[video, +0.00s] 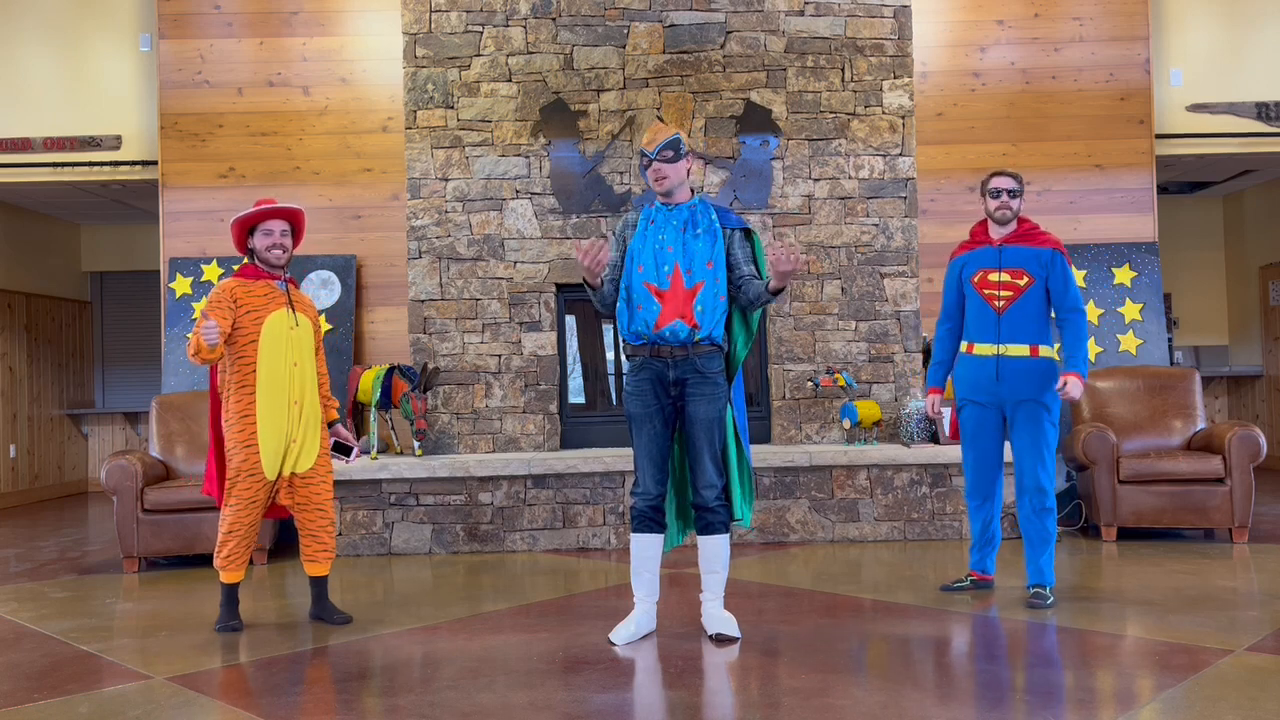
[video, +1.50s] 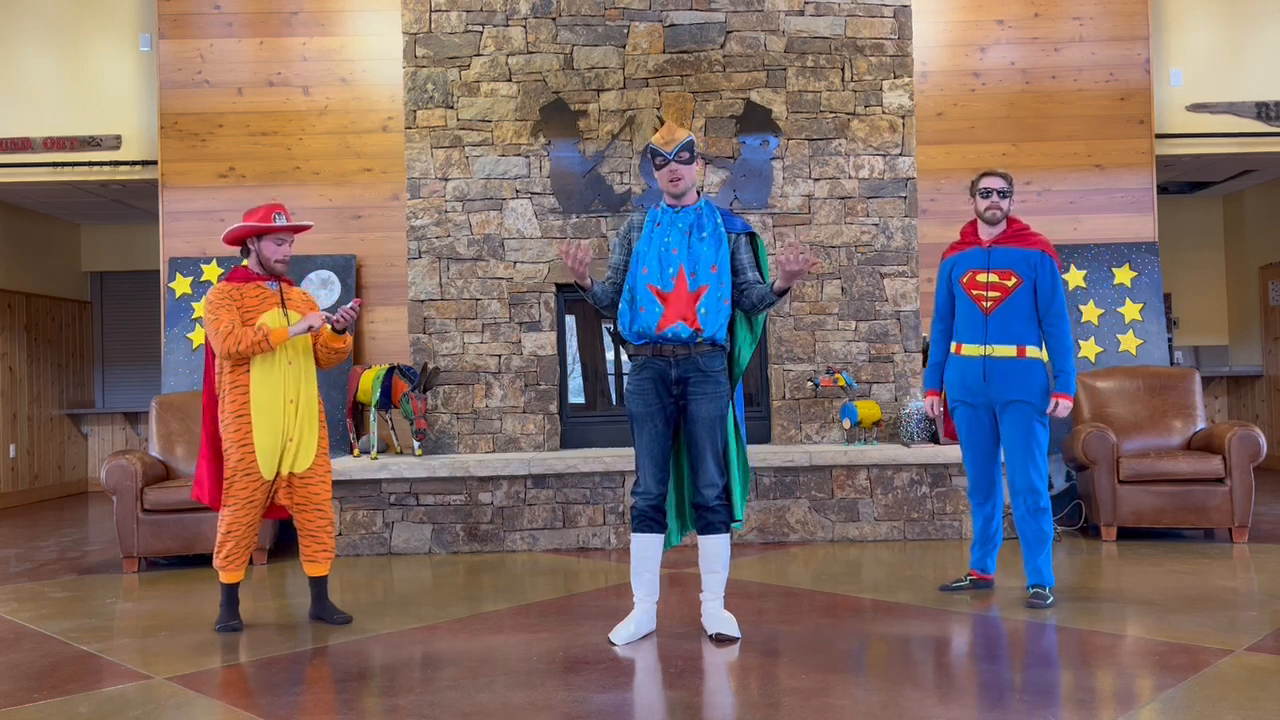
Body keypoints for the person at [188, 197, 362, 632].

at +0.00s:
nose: (277, 242)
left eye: (284, 235)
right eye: (267, 235)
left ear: (293, 243)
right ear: (251, 243)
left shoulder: (303, 300)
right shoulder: (229, 293)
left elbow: (318, 367)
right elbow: (200, 353)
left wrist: (332, 420)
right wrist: (207, 343)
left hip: (303, 418)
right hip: (250, 418)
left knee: (318, 499)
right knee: (244, 500)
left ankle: (321, 600)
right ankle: (229, 605)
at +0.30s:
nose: (277, 241)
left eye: (284, 235)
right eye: (267, 235)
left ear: (292, 244)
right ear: (250, 243)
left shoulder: (303, 302)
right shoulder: (230, 292)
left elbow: (319, 366)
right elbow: (206, 331)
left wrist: (338, 417)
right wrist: (198, 346)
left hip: (303, 419)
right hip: (250, 419)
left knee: (317, 500)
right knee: (244, 500)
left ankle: (320, 600)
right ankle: (229, 605)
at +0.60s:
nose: (286, 244)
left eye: (289, 237)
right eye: (275, 237)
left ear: (294, 242)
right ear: (252, 244)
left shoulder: (305, 301)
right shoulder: (227, 295)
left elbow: (323, 363)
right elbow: (199, 346)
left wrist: (347, 409)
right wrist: (180, 321)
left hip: (305, 421)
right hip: (250, 422)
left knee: (317, 500)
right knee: (244, 504)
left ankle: (321, 600)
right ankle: (229, 606)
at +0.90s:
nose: (291, 250)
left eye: (293, 243)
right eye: (283, 242)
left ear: (292, 248)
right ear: (257, 246)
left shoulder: (302, 300)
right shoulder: (225, 293)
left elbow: (327, 352)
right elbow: (227, 331)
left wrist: (361, 361)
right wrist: (266, 279)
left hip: (304, 425)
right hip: (248, 427)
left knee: (316, 503)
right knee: (242, 506)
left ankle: (321, 601)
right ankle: (229, 606)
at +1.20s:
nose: (291, 249)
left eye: (293, 241)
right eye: (281, 241)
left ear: (294, 245)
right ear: (255, 245)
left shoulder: (301, 298)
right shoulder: (225, 296)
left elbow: (324, 355)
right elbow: (232, 340)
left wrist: (342, 332)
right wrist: (292, 323)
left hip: (303, 422)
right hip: (248, 426)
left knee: (317, 503)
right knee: (242, 509)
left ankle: (321, 600)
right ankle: (229, 606)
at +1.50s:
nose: (288, 250)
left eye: (290, 242)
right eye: (279, 242)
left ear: (291, 246)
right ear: (253, 245)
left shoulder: (301, 298)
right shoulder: (224, 295)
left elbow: (325, 356)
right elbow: (230, 343)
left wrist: (342, 331)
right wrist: (295, 330)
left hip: (303, 420)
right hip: (249, 423)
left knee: (316, 502)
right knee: (242, 505)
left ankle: (320, 600)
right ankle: (229, 606)